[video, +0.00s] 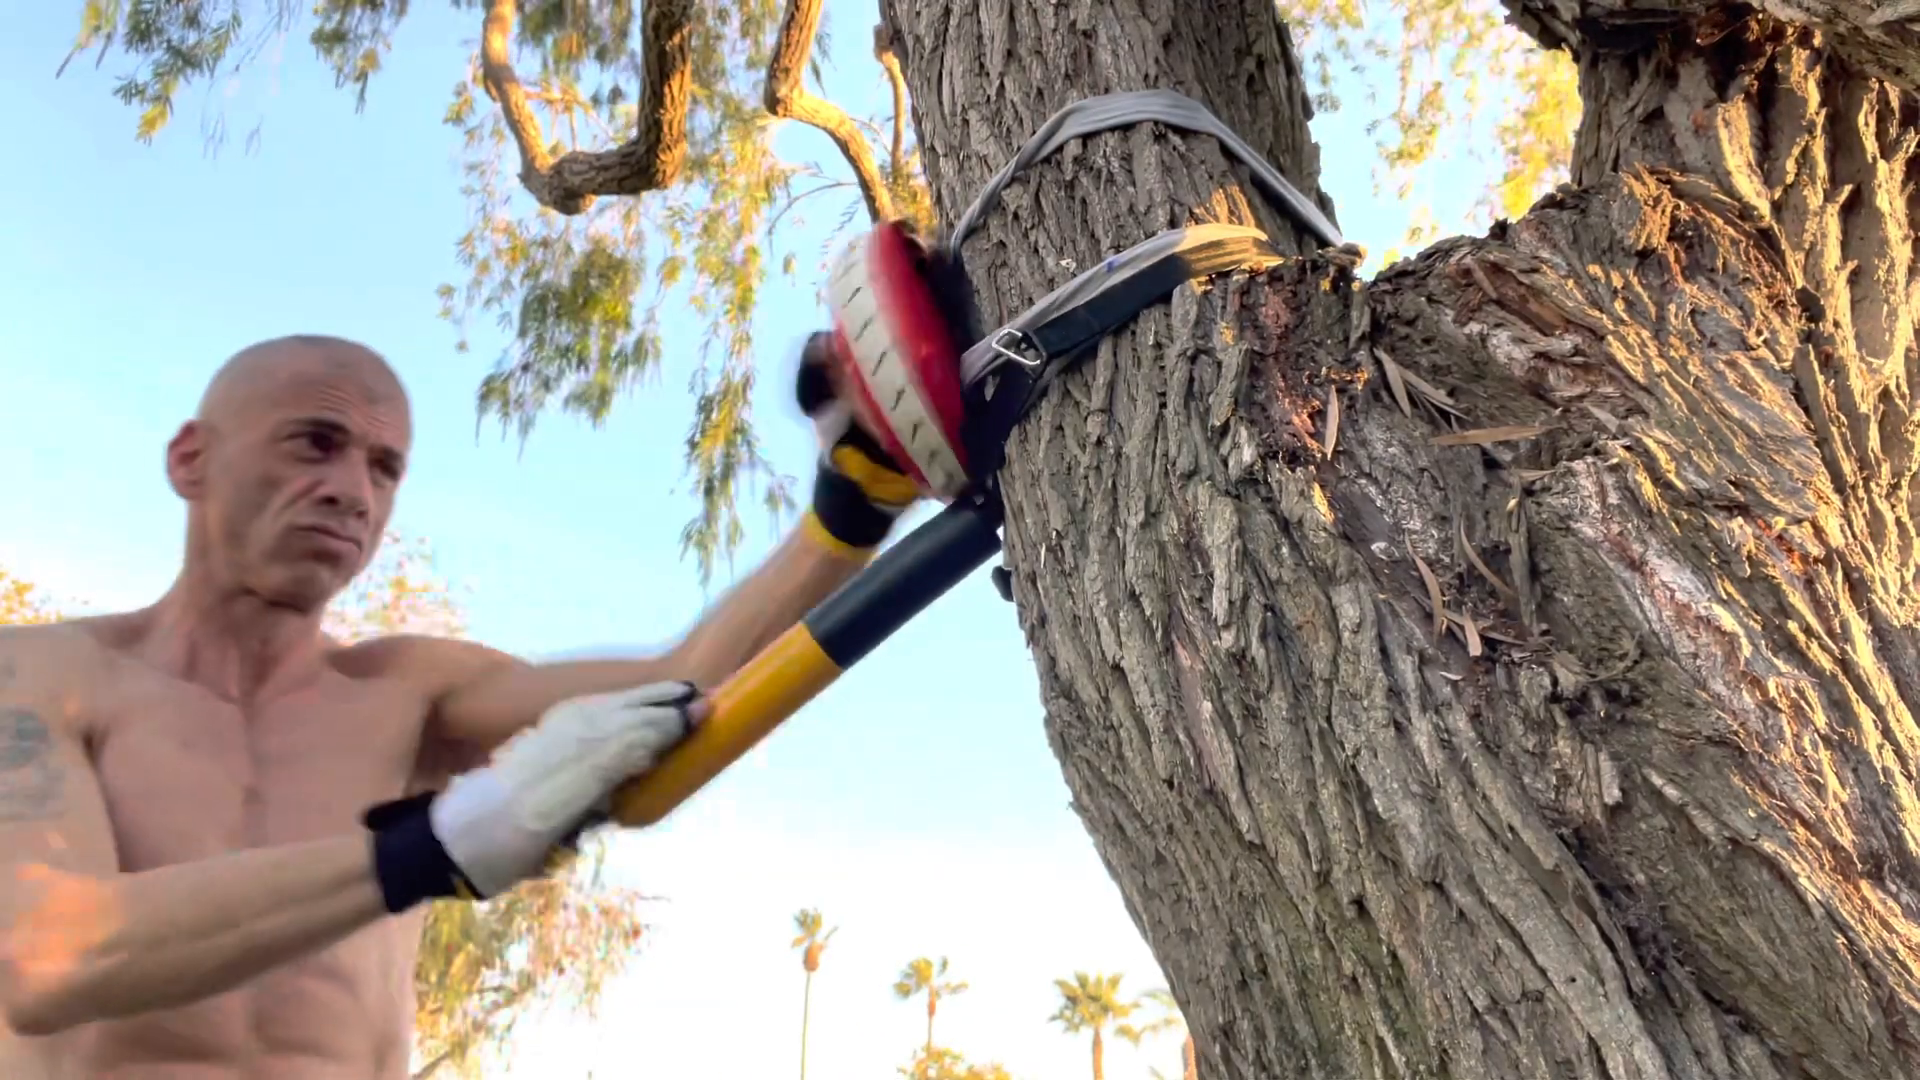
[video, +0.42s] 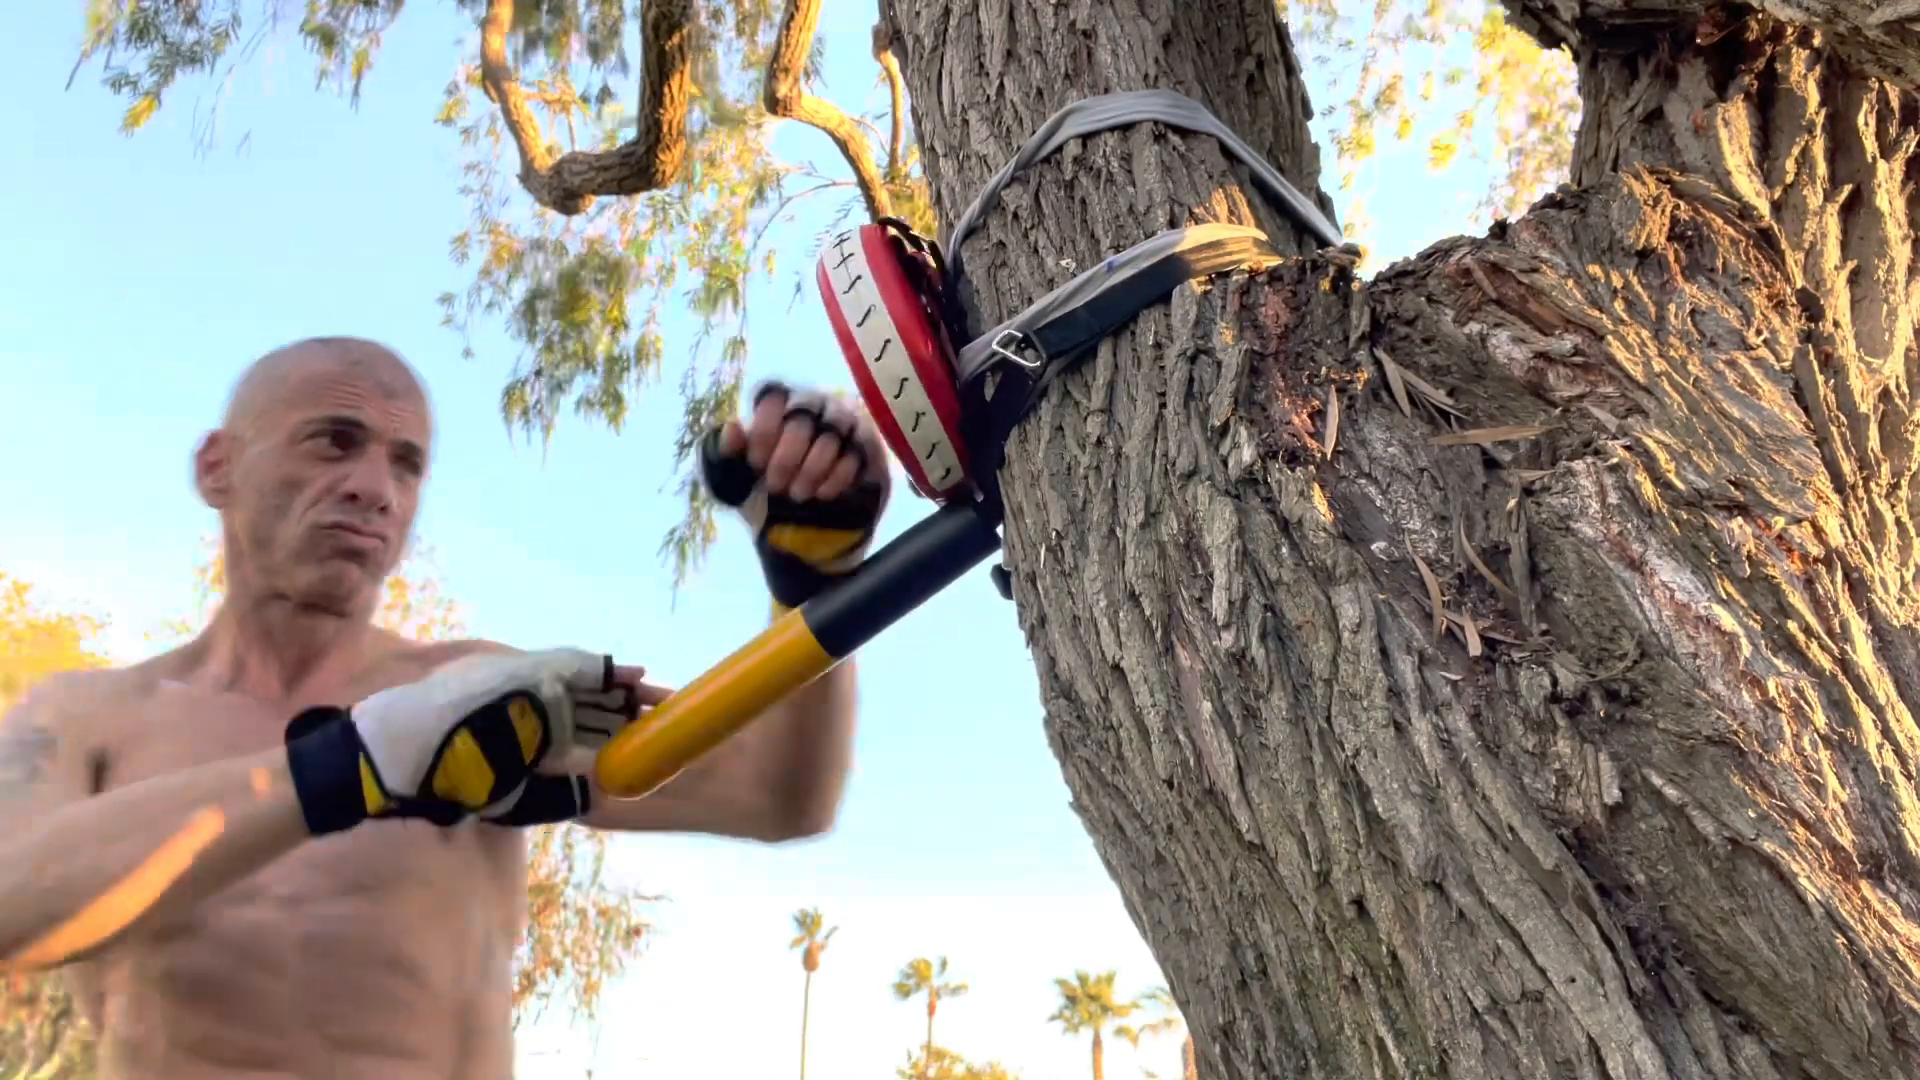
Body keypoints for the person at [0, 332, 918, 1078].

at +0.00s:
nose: (355, 492)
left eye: (383, 472)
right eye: (315, 443)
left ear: (389, 515)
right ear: (191, 459)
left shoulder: (412, 687)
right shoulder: (42, 671)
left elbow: (680, 692)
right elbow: (50, 965)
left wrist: (858, 498)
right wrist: (435, 843)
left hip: (354, 1060)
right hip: (125, 1062)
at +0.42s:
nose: (375, 485)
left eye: (405, 465)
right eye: (334, 440)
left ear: (419, 510)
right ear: (217, 470)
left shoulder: (476, 691)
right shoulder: (74, 716)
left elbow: (781, 796)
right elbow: (17, 921)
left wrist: (811, 574)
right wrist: (350, 765)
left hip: (437, 1056)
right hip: (173, 1063)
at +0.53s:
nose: (493, 492)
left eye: (519, 472)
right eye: (453, 448)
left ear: (533, 512)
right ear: (337, 470)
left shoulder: (560, 719)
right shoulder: (183, 692)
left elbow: (838, 876)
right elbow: (17, 850)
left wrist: (814, 647)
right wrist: (376, 708)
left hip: (517, 1060)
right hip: (254, 1055)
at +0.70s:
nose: (786, 491)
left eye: (800, 466)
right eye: (747, 449)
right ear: (648, 461)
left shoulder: (733, 778)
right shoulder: (526, 571)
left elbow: (850, 1020)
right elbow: (831, 379)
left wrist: (816, 770)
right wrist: (846, 576)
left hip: (654, 1061)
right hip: (434, 1055)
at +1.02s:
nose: (716, 501)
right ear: (606, 455)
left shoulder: (724, 751)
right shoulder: (471, 594)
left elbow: (876, 983)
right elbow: (722, 428)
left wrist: (835, 714)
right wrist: (862, 534)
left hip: (631, 1058)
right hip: (401, 1050)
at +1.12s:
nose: (588, 467)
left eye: (624, 445)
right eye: (550, 426)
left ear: (672, 496)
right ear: (479, 464)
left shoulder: (639, 743)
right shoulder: (351, 609)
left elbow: (767, 1035)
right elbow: (548, 498)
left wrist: (745, 785)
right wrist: (794, 427)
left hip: (555, 1059)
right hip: (322, 1052)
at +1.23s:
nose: (486, 457)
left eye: (529, 440)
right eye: (454, 425)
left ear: (573, 489)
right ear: (393, 479)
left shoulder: (560, 766)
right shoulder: (254, 600)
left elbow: (735, 1026)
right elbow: (399, 644)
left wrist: (624, 795)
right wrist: (705, 428)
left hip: (495, 1060)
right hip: (259, 1052)